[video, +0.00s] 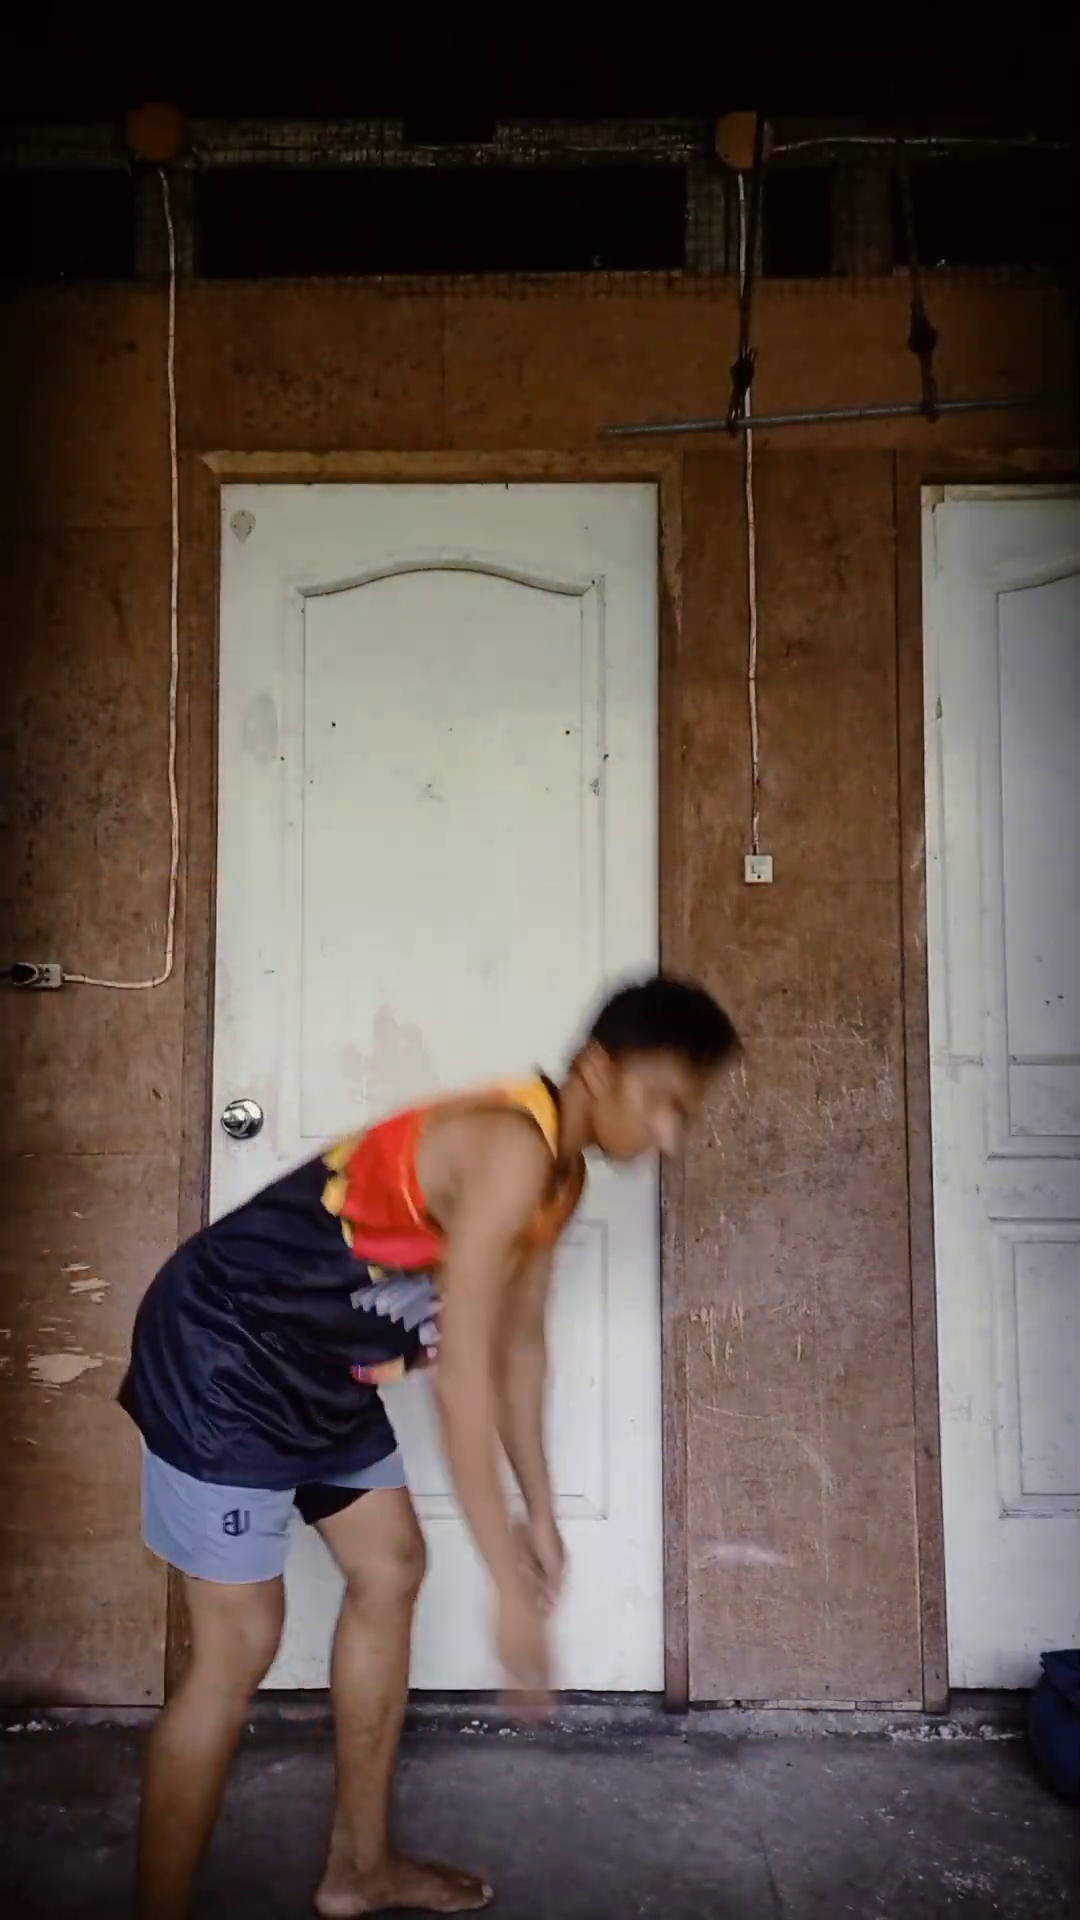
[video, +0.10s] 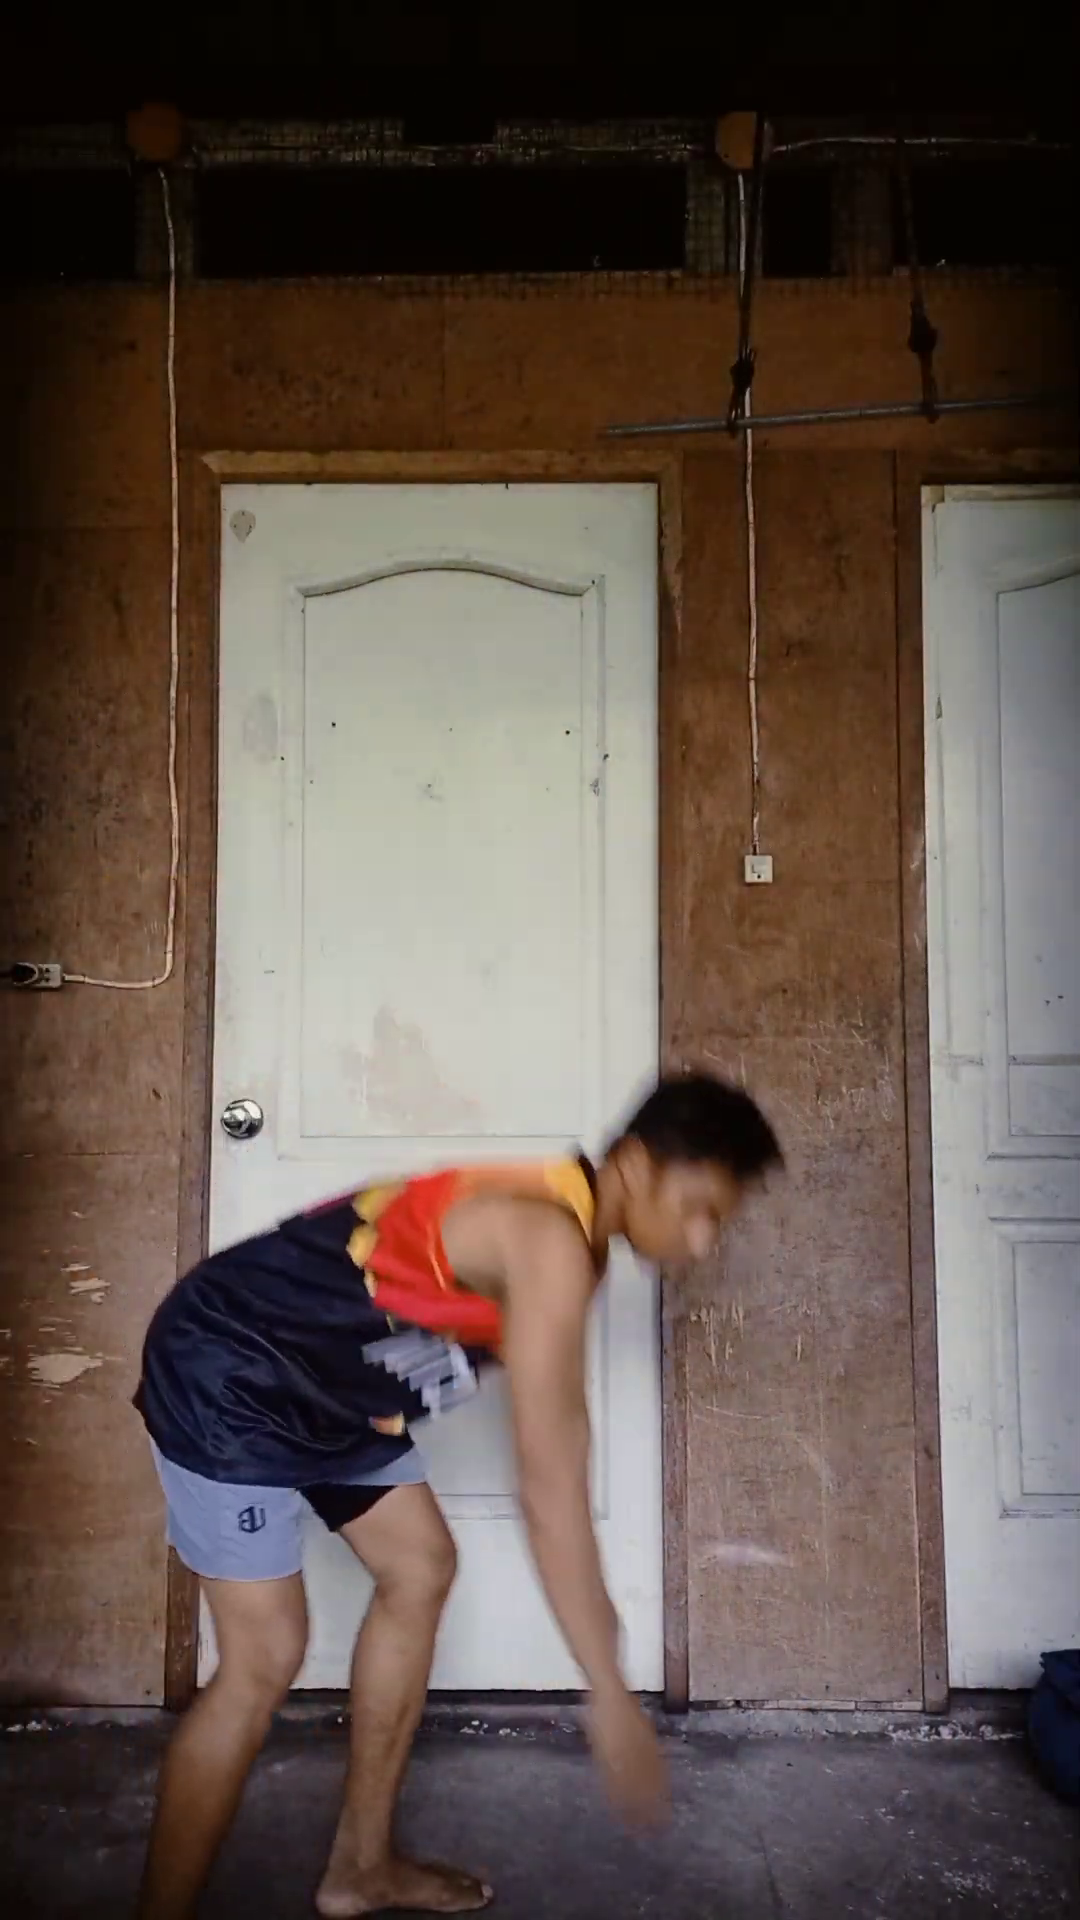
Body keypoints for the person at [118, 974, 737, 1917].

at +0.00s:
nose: (674, 1135)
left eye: (686, 1116)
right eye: (669, 1105)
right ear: (598, 1066)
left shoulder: (559, 1170)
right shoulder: (510, 1151)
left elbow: (520, 1347)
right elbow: (462, 1368)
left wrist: (539, 1511)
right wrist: (506, 1572)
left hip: (317, 1357)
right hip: (222, 1341)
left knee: (387, 1563)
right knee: (238, 1633)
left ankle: (360, 1865)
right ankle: (161, 1902)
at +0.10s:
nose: (705, 1242)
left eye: (720, 1221)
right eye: (699, 1210)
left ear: (630, 1164)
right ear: (633, 1165)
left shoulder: (571, 1219)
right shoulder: (547, 1240)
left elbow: (555, 1468)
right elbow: (551, 1491)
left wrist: (596, 1621)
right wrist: (609, 1690)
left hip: (324, 1377)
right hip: (226, 1363)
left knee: (418, 1568)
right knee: (262, 1654)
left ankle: (362, 1865)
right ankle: (162, 1906)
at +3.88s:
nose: (980, 1609)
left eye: (1000, 1591)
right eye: (995, 1584)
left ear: (934, 1487)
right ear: (959, 1539)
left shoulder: (815, 1475)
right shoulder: (847, 1608)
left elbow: (798, 1708)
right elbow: (863, 1863)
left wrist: (874, 1847)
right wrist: (903, 1897)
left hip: (445, 1539)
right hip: (443, 1630)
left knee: (182, 1703)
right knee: (148, 1776)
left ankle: (4, 1768)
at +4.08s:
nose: (985, 1625)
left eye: (1006, 1607)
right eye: (1000, 1601)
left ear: (938, 1498)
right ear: (965, 1555)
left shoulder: (820, 1481)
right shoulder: (852, 1619)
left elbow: (797, 1706)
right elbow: (866, 1877)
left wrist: (873, 1844)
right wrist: (911, 1893)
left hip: (450, 1544)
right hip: (447, 1649)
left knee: (197, 1693)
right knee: (143, 1789)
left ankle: (2, 1766)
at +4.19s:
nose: (987, 1627)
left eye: (1008, 1608)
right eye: (1002, 1602)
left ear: (935, 1498)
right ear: (966, 1557)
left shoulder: (823, 1487)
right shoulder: (856, 1620)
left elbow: (806, 1713)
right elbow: (867, 1879)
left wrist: (877, 1850)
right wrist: (910, 1896)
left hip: (450, 1551)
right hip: (445, 1656)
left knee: (194, 1697)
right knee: (140, 1793)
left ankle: (1, 1766)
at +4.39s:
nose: (991, 1630)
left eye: (1013, 1613)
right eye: (1007, 1607)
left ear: (938, 1496)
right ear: (972, 1562)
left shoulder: (819, 1486)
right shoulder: (856, 1625)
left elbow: (788, 1700)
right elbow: (865, 1879)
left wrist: (866, 1845)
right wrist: (908, 1886)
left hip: (450, 1557)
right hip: (444, 1669)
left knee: (194, 1698)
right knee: (139, 1796)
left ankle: (1, 1766)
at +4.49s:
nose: (995, 1631)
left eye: (1017, 1614)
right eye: (1011, 1608)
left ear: (940, 1499)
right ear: (975, 1563)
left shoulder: (825, 1488)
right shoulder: (858, 1618)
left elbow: (799, 1706)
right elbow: (865, 1878)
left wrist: (869, 1848)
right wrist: (906, 1890)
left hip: (457, 1560)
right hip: (460, 1663)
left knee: (198, 1699)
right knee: (154, 1793)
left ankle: (0, 1769)